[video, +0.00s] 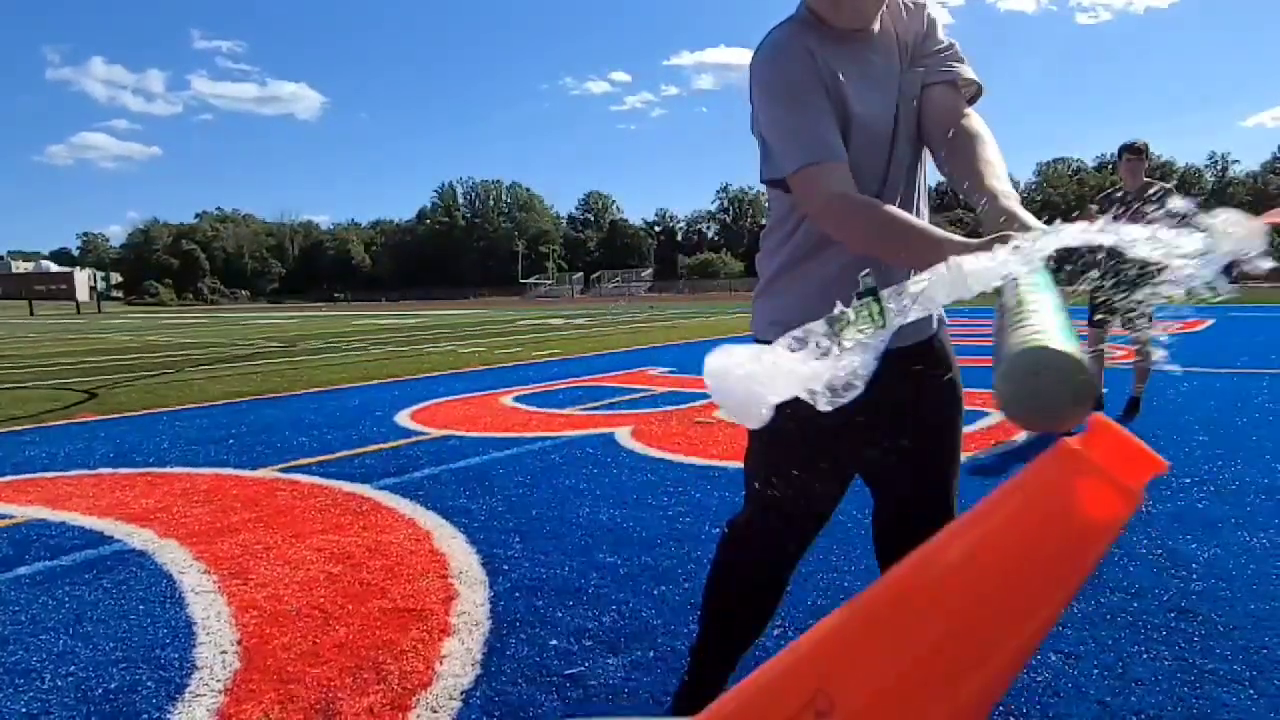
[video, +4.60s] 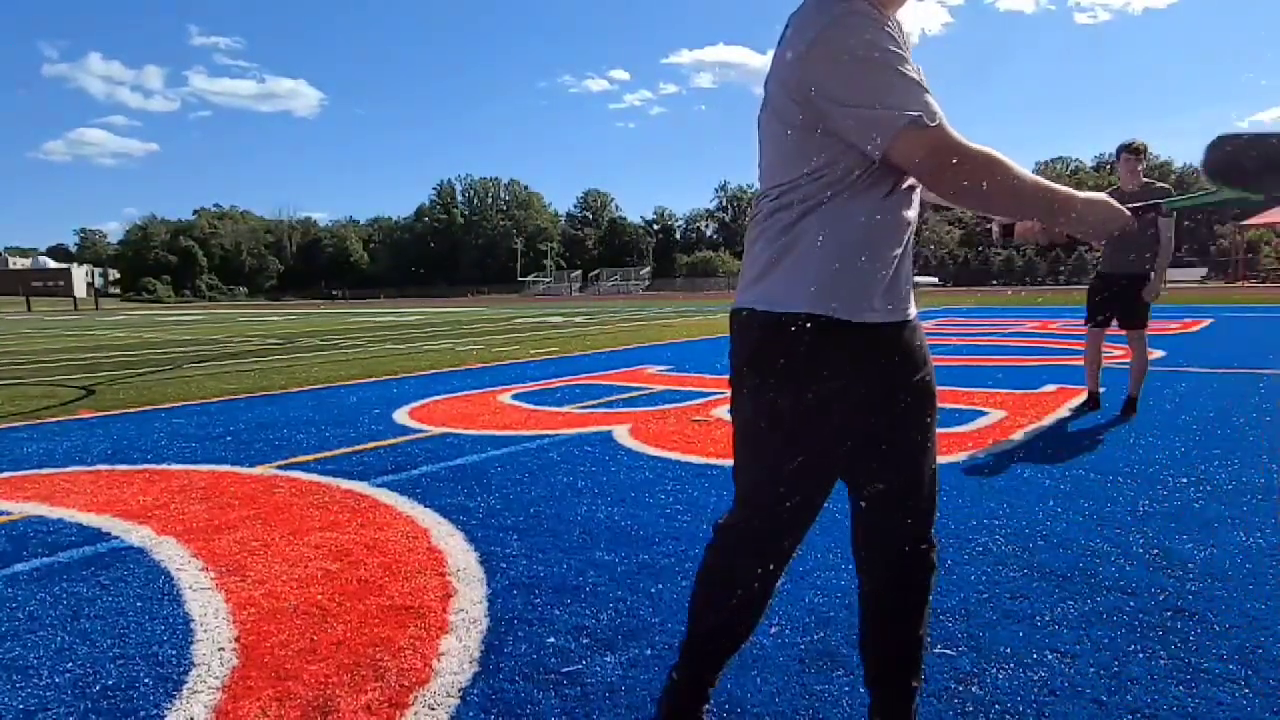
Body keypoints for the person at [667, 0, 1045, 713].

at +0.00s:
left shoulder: (915, 18)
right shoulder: (787, 57)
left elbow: (954, 126)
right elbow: (832, 205)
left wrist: (1000, 201)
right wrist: (979, 263)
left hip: (912, 335)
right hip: (810, 345)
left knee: (923, 545)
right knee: (769, 537)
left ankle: (935, 695)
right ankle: (697, 701)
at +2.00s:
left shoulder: (907, 19)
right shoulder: (807, 42)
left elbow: (965, 132)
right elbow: (903, 180)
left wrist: (1087, 217)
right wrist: (1077, 236)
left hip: (900, 339)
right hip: (802, 345)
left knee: (912, 533)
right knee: (768, 531)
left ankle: (900, 693)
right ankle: (692, 698)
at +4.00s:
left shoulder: (890, 33)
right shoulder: (832, 31)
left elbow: (921, 175)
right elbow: (937, 165)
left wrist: (1018, 217)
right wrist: (1088, 209)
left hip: (886, 334)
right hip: (797, 334)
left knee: (901, 546)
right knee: (764, 529)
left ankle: (895, 707)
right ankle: (687, 697)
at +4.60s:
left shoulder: (860, 35)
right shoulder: (842, 29)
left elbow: (915, 174)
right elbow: (942, 160)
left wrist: (1011, 215)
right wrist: (1074, 204)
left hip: (881, 330)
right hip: (802, 331)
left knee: (900, 543)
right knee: (764, 530)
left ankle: (893, 708)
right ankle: (682, 702)